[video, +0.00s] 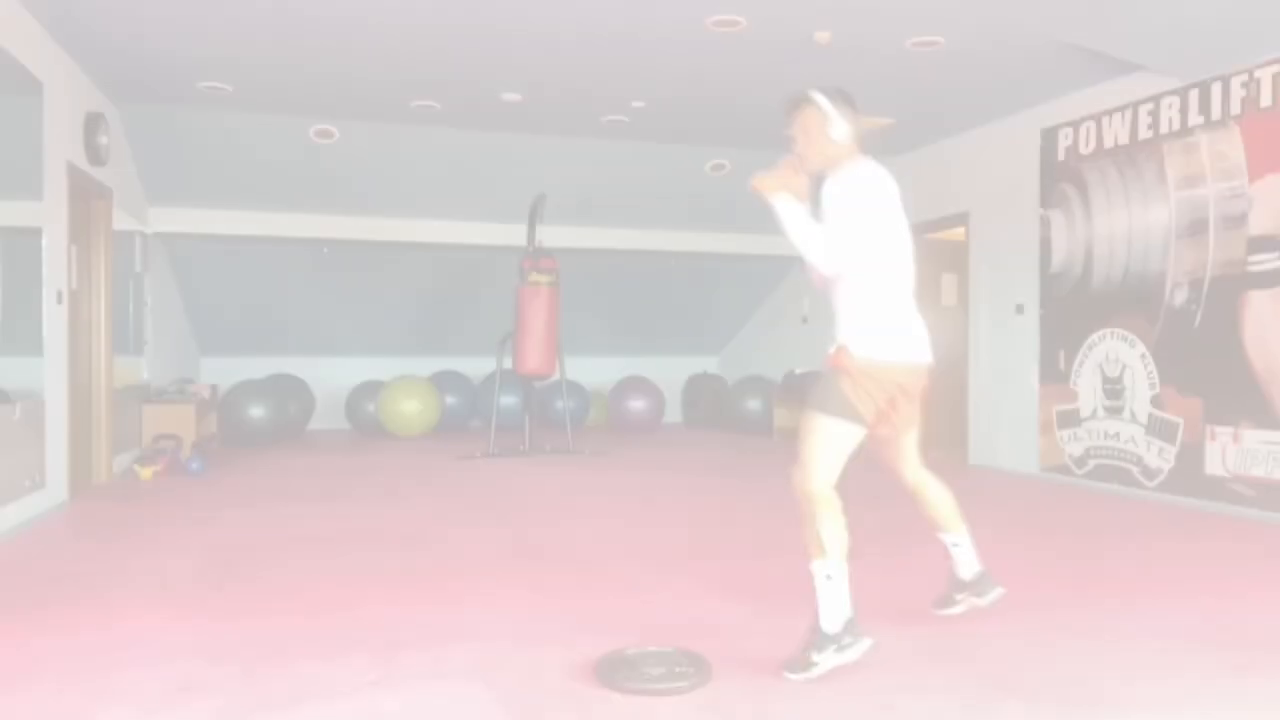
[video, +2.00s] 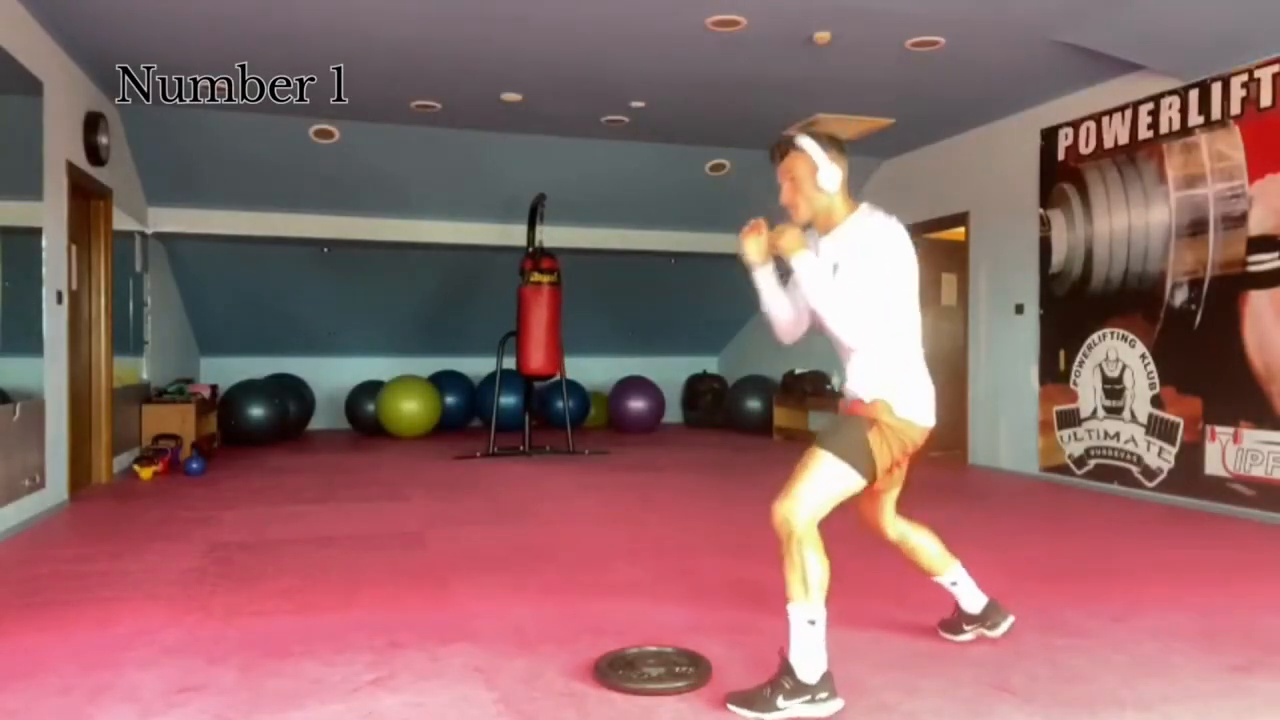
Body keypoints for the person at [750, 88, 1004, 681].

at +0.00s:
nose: (795, 146)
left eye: (801, 133)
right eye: (794, 134)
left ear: (830, 130)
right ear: (847, 131)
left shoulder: (845, 183)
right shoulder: (877, 180)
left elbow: (829, 262)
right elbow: (863, 264)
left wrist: (784, 201)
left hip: (866, 355)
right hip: (907, 353)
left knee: (813, 480)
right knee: (911, 467)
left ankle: (837, 627)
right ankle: (973, 576)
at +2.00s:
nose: (785, 195)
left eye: (793, 181)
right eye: (782, 183)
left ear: (830, 176)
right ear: (795, 184)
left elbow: (859, 332)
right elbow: (790, 327)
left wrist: (799, 258)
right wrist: (761, 266)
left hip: (896, 402)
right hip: (871, 400)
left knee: (793, 514)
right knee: (884, 519)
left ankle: (807, 676)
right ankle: (981, 609)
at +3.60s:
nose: (831, 170)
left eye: (837, 157)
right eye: (830, 158)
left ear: (868, 156)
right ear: (879, 158)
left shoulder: (884, 204)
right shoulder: (912, 200)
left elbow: (876, 288)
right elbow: (881, 294)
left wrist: (822, 230)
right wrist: (837, 227)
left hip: (923, 375)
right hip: (959, 375)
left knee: (830, 481)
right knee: (932, 486)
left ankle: (912, 609)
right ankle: (984, 599)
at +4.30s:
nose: (794, 178)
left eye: (802, 165)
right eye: (794, 165)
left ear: (832, 164)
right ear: (844, 165)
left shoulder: (850, 216)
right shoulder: (877, 213)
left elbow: (836, 302)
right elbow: (842, 308)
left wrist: (777, 243)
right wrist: (797, 247)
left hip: (871, 394)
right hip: (910, 394)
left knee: (797, 520)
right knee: (888, 500)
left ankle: (839, 679)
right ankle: (972, 607)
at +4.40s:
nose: (797, 160)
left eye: (803, 147)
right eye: (795, 149)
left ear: (833, 144)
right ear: (848, 146)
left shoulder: (851, 190)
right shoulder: (882, 187)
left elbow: (828, 269)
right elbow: (836, 284)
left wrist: (784, 204)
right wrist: (803, 215)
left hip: (888, 366)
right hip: (929, 366)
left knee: (824, 497)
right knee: (897, 478)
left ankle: (841, 656)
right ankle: (962, 593)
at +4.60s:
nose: (811, 200)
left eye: (815, 187)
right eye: (808, 188)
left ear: (841, 183)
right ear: (860, 184)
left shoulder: (862, 229)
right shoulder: (902, 230)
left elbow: (798, 292)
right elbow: (863, 328)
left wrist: (743, 239)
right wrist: (821, 260)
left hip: (907, 406)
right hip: (945, 405)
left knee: (830, 519)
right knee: (902, 508)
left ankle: (926, 644)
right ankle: (962, 619)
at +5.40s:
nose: (707, 193)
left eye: (709, 181)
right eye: (707, 182)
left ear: (732, 175)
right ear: (771, 174)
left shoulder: (713, 227)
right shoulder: (836, 230)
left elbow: (663, 325)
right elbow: (821, 310)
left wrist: (672, 267)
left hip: (734, 436)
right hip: (826, 441)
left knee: (648, 560)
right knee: (871, 569)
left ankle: (582, 704)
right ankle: (919, 711)